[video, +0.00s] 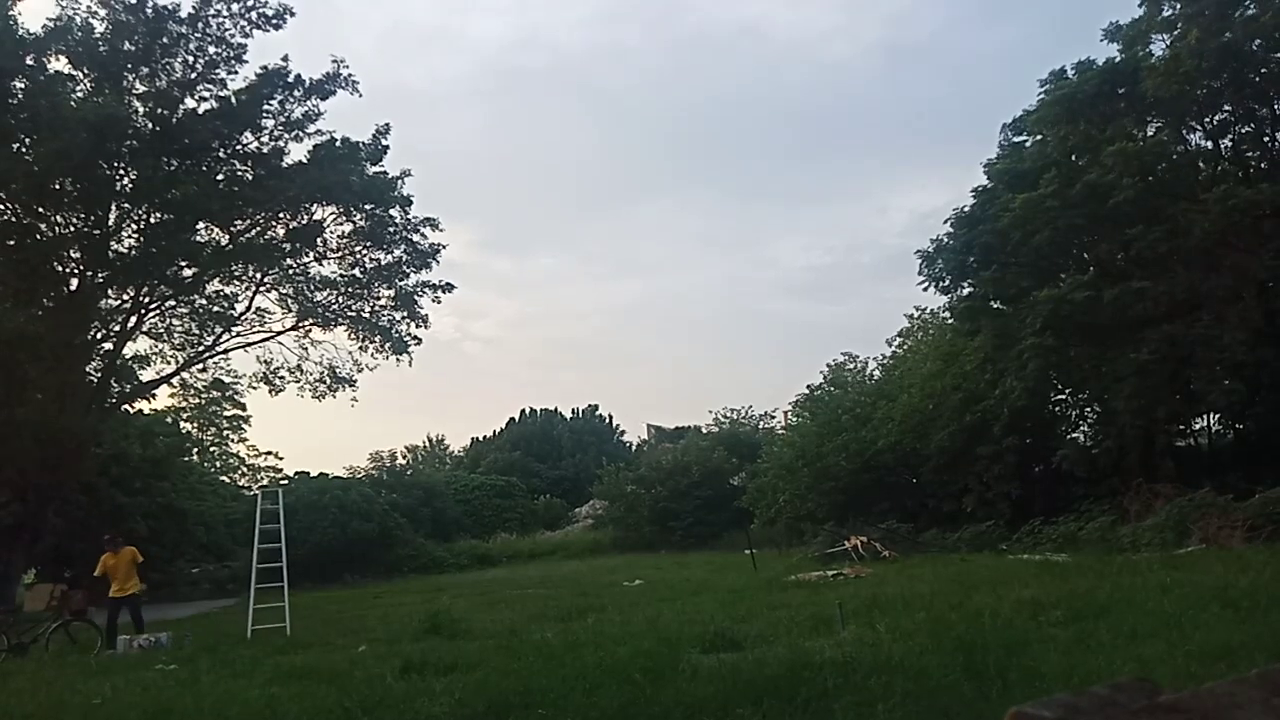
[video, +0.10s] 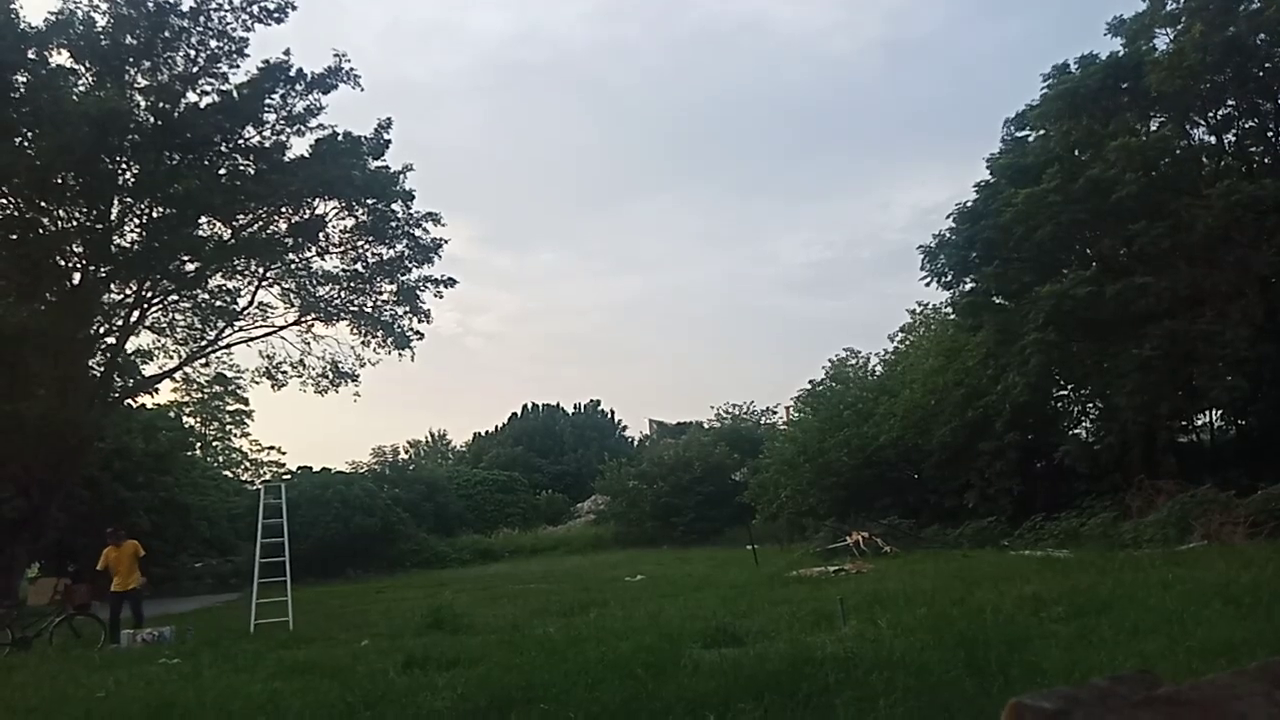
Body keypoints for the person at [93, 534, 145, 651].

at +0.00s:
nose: (108, 548)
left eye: (110, 545)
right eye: (107, 546)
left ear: (117, 543)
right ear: (106, 546)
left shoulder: (131, 551)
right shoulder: (105, 558)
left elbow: (142, 566)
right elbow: (97, 577)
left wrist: (143, 582)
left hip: (132, 590)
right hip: (115, 592)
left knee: (137, 618)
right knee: (111, 621)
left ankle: (141, 643)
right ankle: (110, 648)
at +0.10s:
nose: (110, 541)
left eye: (112, 538)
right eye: (109, 539)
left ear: (118, 537)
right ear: (108, 540)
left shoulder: (133, 545)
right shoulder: (107, 552)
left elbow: (143, 560)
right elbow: (99, 571)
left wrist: (144, 576)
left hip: (134, 584)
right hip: (117, 586)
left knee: (137, 613)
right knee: (114, 616)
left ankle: (138, 638)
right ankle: (114, 642)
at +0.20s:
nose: (108, 544)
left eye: (110, 541)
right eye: (107, 542)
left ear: (117, 540)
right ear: (107, 542)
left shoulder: (131, 549)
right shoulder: (106, 554)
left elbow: (141, 565)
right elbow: (97, 574)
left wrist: (140, 580)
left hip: (130, 589)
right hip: (114, 591)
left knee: (133, 618)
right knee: (111, 620)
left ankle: (137, 643)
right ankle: (112, 647)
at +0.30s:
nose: (110, 544)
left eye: (112, 541)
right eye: (108, 541)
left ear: (118, 540)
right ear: (106, 543)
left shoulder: (130, 551)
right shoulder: (104, 556)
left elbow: (139, 568)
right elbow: (95, 574)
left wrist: (132, 579)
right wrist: (87, 584)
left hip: (128, 592)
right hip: (111, 594)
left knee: (130, 622)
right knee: (109, 623)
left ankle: (133, 646)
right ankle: (110, 649)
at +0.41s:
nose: (115, 536)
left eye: (117, 533)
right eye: (113, 533)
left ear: (123, 533)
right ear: (110, 535)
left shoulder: (134, 545)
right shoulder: (108, 549)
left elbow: (141, 561)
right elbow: (99, 564)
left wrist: (131, 569)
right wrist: (94, 571)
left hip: (129, 586)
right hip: (113, 587)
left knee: (132, 615)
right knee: (111, 617)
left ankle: (134, 640)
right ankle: (113, 643)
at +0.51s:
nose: (117, 536)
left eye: (120, 533)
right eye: (116, 534)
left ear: (126, 534)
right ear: (113, 535)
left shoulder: (135, 546)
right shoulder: (111, 549)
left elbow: (140, 563)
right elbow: (100, 562)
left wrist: (126, 569)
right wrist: (98, 570)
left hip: (129, 589)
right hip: (113, 589)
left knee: (132, 618)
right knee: (112, 619)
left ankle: (135, 642)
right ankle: (113, 645)